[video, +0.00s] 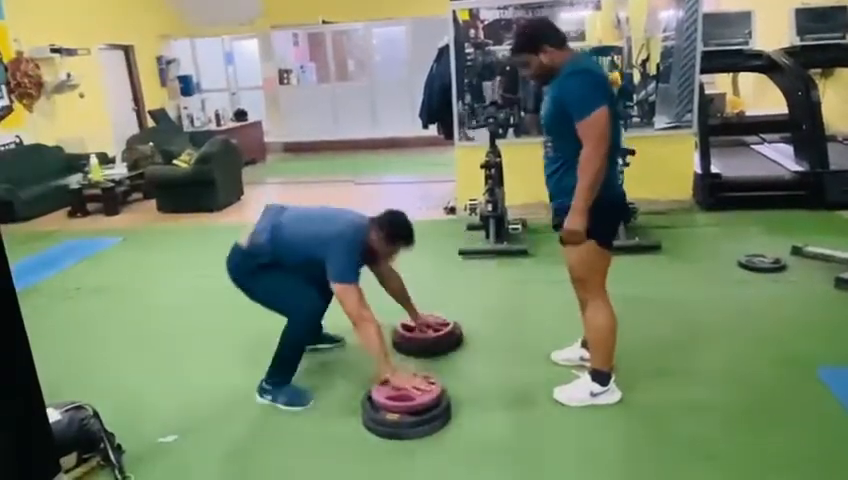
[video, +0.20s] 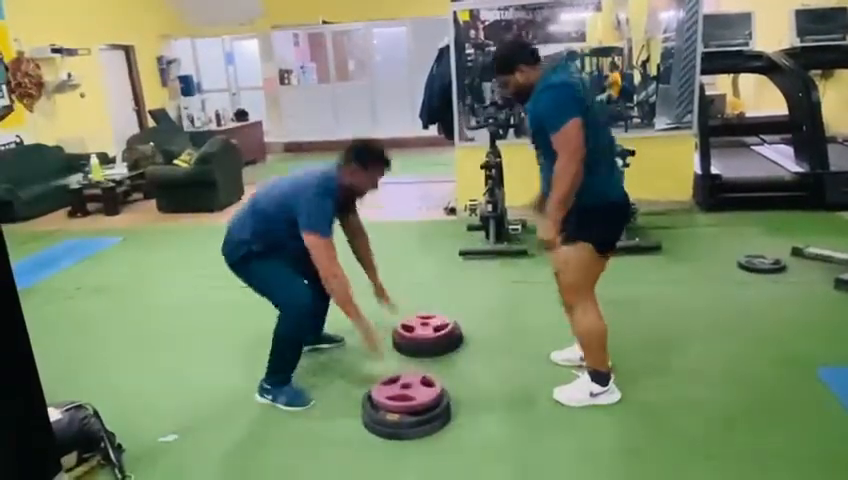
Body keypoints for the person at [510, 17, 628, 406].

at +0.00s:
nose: (527, 74)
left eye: (527, 64)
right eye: (523, 66)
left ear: (546, 51)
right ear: (546, 52)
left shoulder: (579, 79)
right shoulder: (567, 77)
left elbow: (596, 146)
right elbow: (585, 145)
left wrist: (579, 210)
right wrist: (566, 201)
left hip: (592, 202)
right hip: (577, 199)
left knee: (592, 291)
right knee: (584, 283)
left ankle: (601, 382)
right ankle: (591, 347)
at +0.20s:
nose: (506, 91)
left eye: (506, 82)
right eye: (503, 84)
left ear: (523, 71)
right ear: (527, 69)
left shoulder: (552, 94)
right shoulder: (559, 84)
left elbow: (572, 156)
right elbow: (566, 152)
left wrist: (552, 216)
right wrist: (546, 197)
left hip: (594, 205)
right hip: (592, 200)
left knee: (577, 292)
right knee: (570, 279)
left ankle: (600, 382)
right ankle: (589, 347)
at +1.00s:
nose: (391, 329)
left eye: (385, 326)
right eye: (384, 327)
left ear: (382, 312)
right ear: (380, 297)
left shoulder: (400, 297)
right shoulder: (406, 279)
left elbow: (437, 327)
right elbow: (448, 327)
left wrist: (417, 371)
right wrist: (429, 345)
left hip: (518, 295)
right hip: (520, 273)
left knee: (587, 349)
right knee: (588, 309)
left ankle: (687, 387)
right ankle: (666, 318)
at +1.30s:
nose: (367, 352)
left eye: (363, 347)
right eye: (363, 348)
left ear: (365, 336)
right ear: (369, 317)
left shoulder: (386, 323)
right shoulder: (395, 297)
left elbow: (424, 326)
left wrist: (416, 369)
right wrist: (417, 355)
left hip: (500, 322)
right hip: (501, 294)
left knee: (573, 364)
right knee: (571, 324)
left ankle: (673, 383)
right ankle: (653, 318)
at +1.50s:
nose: (356, 286)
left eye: (352, 282)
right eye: (353, 282)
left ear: (354, 274)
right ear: (362, 257)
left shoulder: (380, 272)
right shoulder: (391, 253)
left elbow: (414, 317)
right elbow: (426, 300)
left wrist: (416, 369)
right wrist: (416, 340)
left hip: (492, 321)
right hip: (497, 296)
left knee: (566, 362)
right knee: (568, 322)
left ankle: (666, 384)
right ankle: (646, 316)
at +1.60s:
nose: (370, 270)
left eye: (366, 266)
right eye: (365, 266)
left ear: (368, 254)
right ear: (376, 239)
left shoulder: (395, 263)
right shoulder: (408, 236)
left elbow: (413, 322)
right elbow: (419, 303)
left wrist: (415, 368)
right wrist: (419, 343)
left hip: (488, 330)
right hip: (494, 305)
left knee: (560, 370)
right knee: (557, 334)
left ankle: (658, 384)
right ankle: (638, 320)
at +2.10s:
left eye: (435, 293)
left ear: (435, 285)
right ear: (431, 264)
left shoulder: (453, 266)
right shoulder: (448, 253)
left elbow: (441, 329)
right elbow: (442, 297)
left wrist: (415, 370)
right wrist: (423, 323)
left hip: (571, 249)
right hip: (556, 238)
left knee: (531, 328)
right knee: (534, 298)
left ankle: (601, 378)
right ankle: (593, 336)